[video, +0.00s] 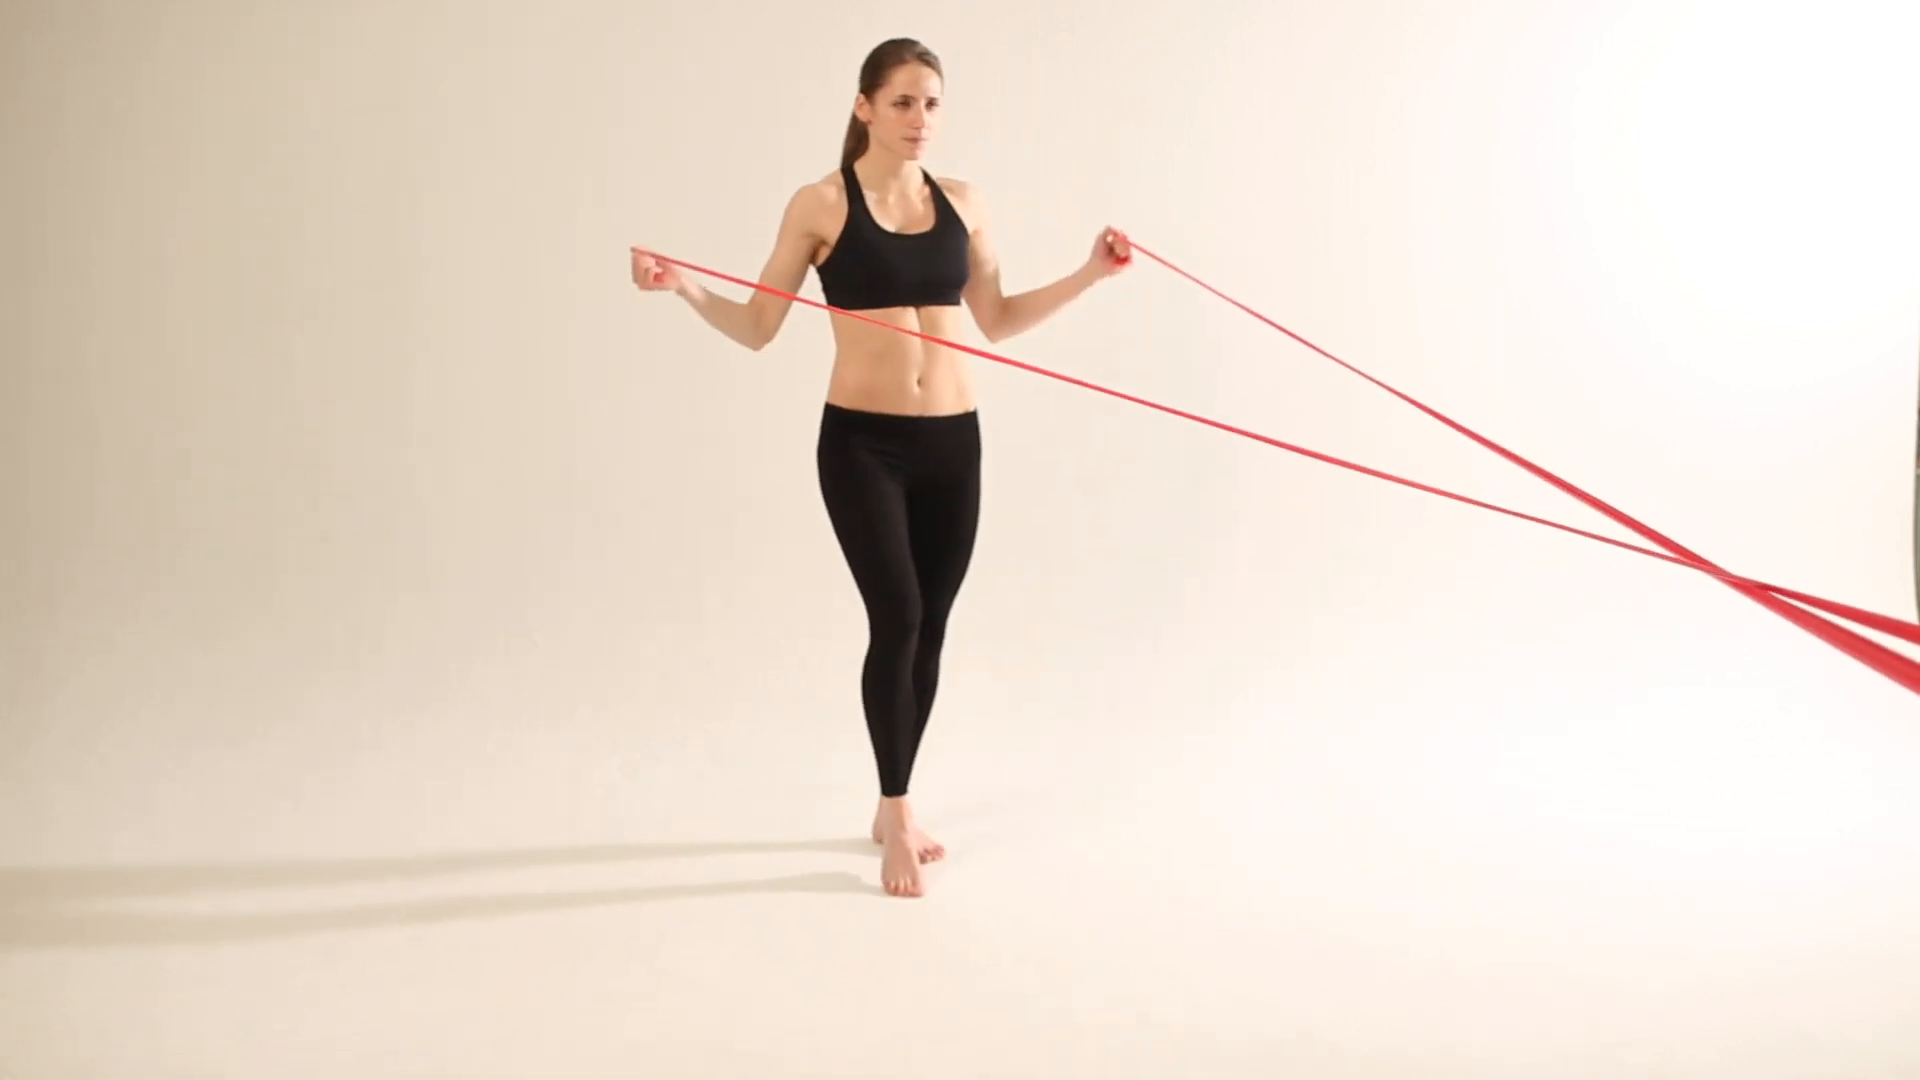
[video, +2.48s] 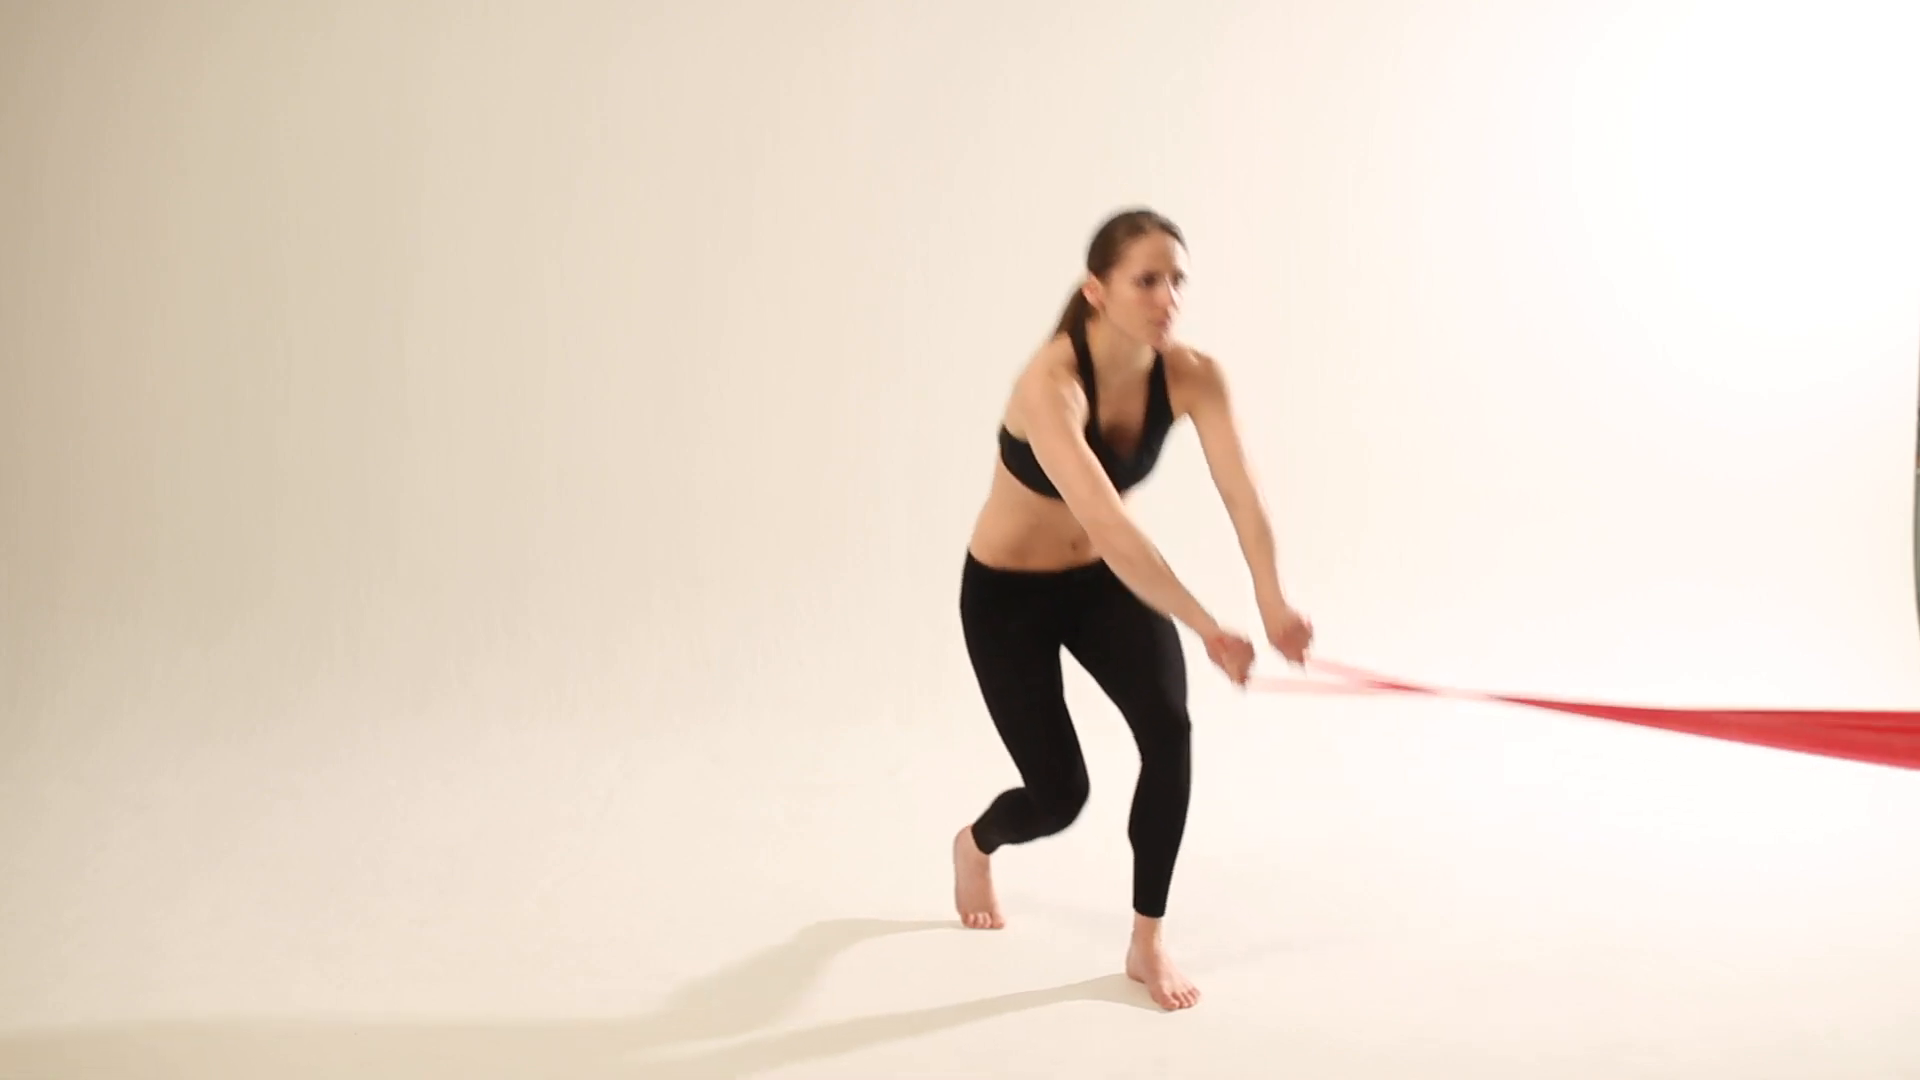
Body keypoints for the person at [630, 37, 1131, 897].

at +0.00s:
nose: (922, 118)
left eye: (931, 104)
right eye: (905, 102)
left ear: (942, 112)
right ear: (864, 107)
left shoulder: (961, 203)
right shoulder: (822, 204)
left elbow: (998, 320)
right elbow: (756, 328)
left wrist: (1092, 272)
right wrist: (686, 285)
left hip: (952, 444)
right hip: (862, 441)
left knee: (928, 629)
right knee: (896, 620)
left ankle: (895, 805)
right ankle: (896, 816)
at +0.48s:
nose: (930, 122)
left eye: (941, 109)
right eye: (913, 107)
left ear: (950, 118)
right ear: (873, 114)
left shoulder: (972, 208)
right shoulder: (833, 212)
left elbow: (1043, 313)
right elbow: (761, 335)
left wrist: (1110, 246)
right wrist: (720, 270)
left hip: (967, 454)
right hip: (876, 453)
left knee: (937, 643)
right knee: (917, 638)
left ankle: (893, 806)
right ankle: (932, 838)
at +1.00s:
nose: (1012, 144)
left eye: (1023, 129)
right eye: (995, 128)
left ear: (1032, 141)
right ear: (950, 137)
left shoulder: (1049, 235)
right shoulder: (909, 236)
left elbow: (1121, 300)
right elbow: (908, 340)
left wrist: (1146, 318)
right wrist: (1017, 332)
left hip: (1025, 491)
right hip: (925, 497)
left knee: (1077, 678)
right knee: (970, 686)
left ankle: (1068, 863)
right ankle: (969, 868)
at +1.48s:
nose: (1181, 288)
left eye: (1189, 270)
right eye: (1161, 272)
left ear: (1197, 276)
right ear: (1108, 285)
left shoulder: (1210, 374)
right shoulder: (1066, 379)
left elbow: (1252, 500)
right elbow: (1125, 529)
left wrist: (1271, 615)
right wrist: (1219, 641)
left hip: (1120, 584)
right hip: (1021, 593)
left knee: (1179, 745)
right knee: (1061, 802)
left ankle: (1147, 938)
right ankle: (974, 844)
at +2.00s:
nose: (1257, 421)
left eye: (1265, 400)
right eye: (1235, 402)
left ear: (1272, 401)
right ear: (1180, 405)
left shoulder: (1269, 482)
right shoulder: (1126, 482)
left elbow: (1291, 631)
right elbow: (1190, 653)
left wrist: (1305, 770)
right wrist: (1263, 787)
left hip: (1133, 633)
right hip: (1044, 641)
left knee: (1206, 767)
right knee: (1085, 852)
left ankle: (1148, 940)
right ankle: (983, 844)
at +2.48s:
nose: (1168, 297)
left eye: (1175, 280)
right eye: (1148, 281)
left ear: (1182, 285)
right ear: (1096, 291)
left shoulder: (1191, 374)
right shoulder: (1047, 386)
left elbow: (1240, 494)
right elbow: (1111, 530)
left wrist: (1273, 603)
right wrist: (1205, 627)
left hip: (1103, 579)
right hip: (1007, 591)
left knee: (1168, 732)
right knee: (1059, 795)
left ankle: (1146, 938)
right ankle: (974, 841)